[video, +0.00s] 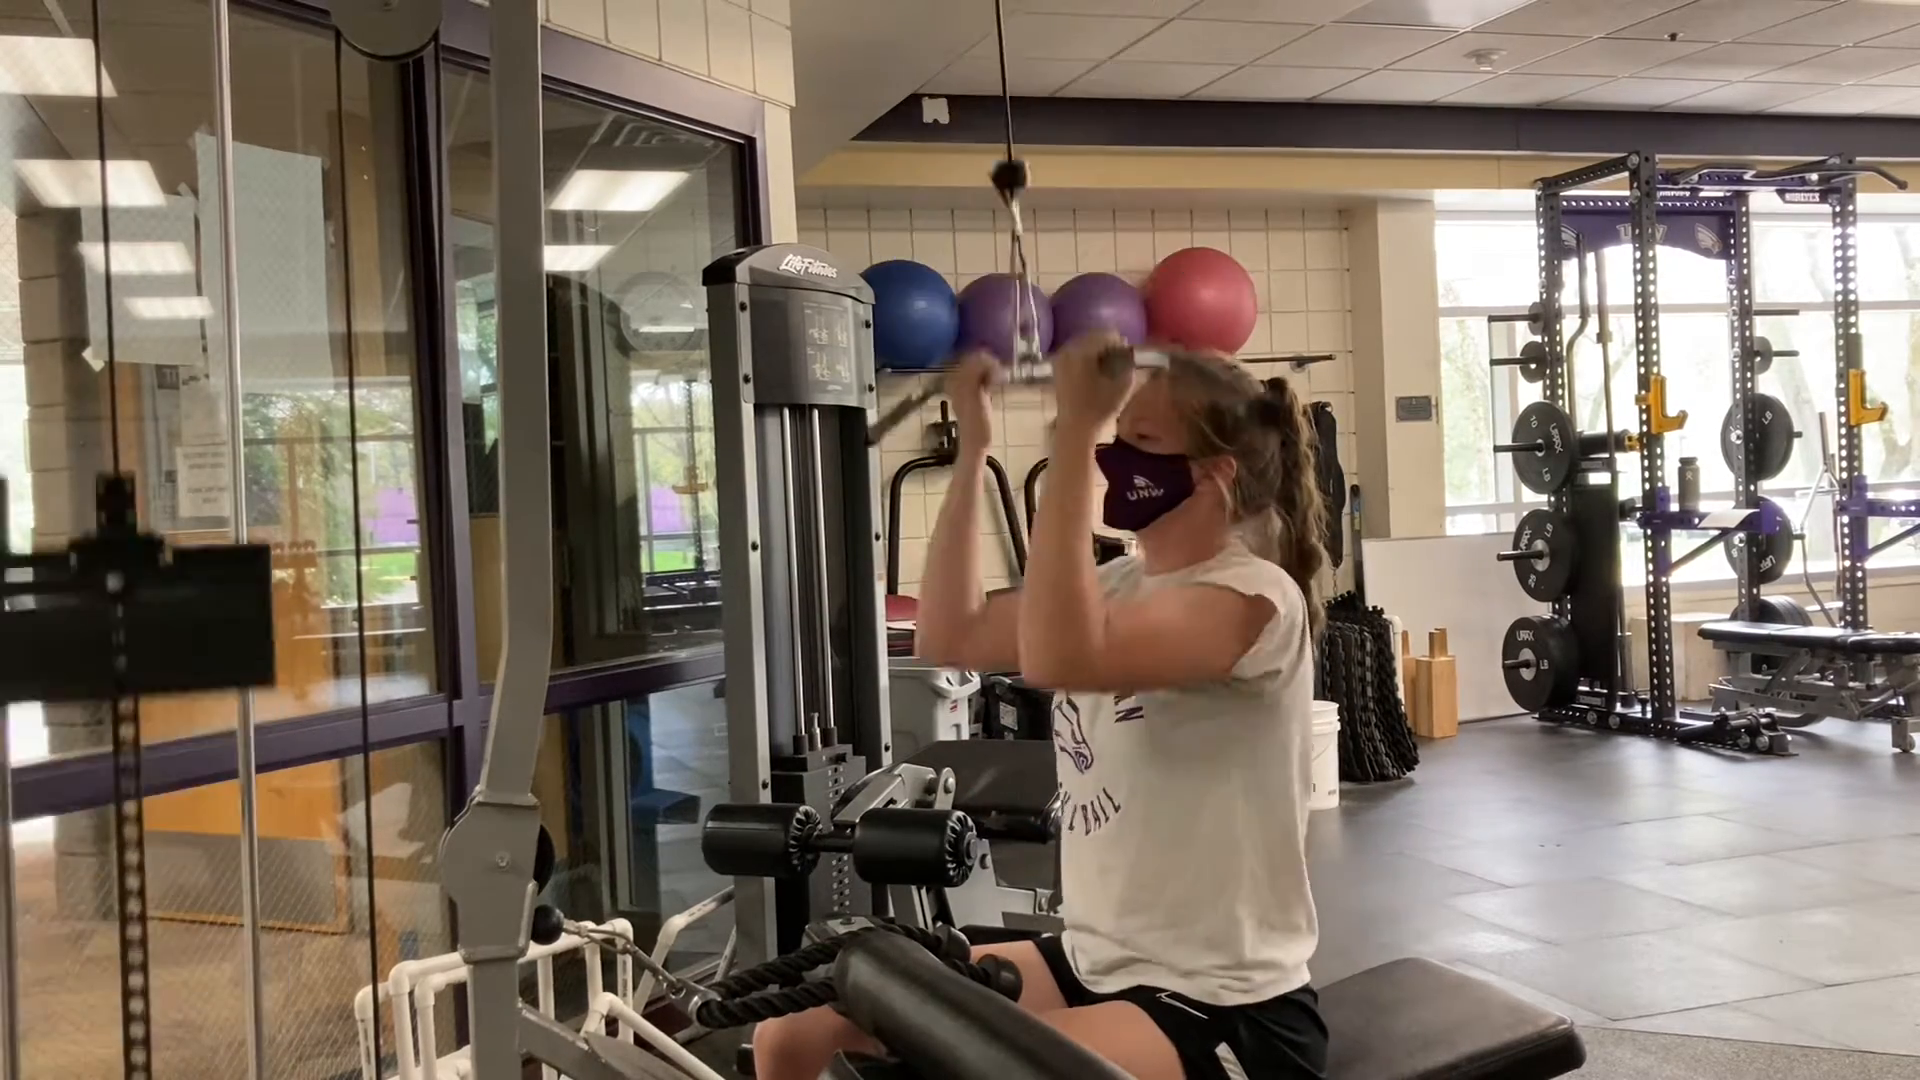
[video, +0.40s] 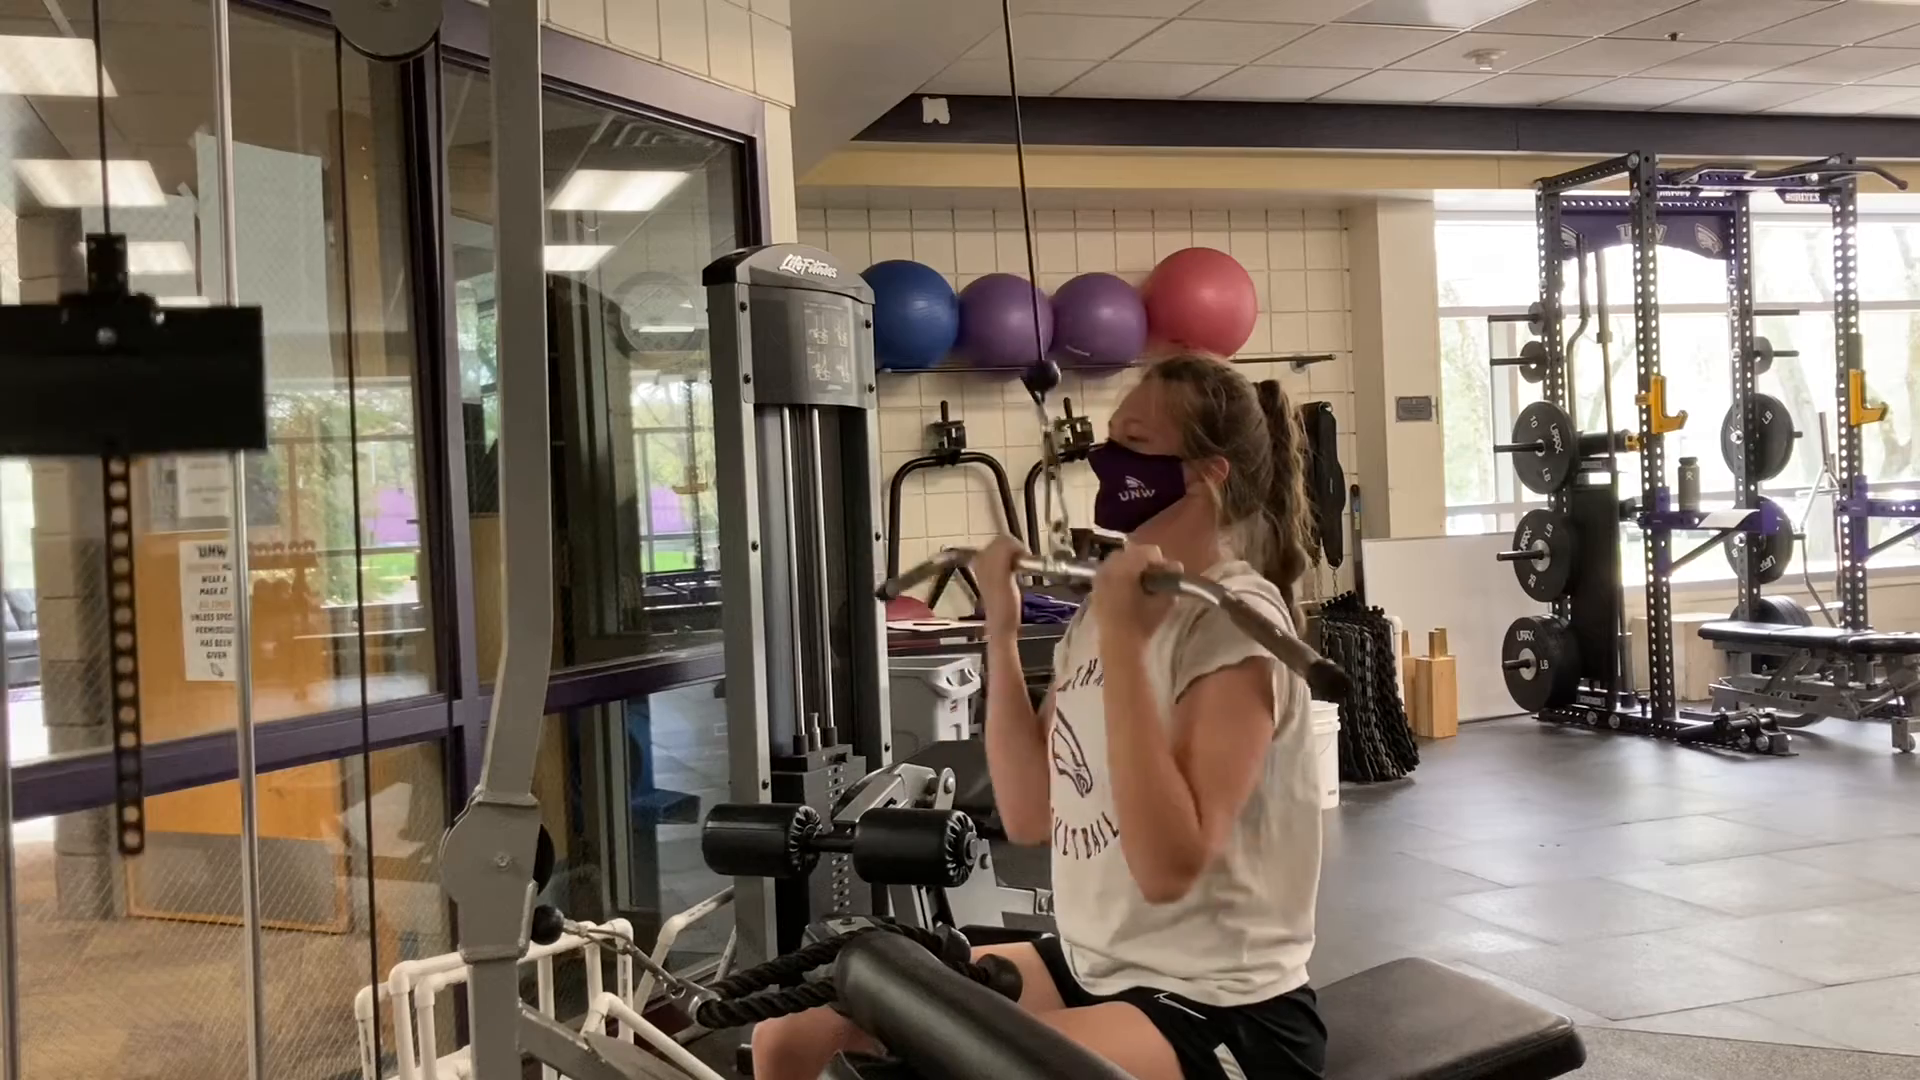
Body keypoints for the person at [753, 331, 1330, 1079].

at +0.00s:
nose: (1110, 460)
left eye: (1142, 445)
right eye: (1112, 440)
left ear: (1217, 476)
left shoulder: (1254, 598)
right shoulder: (1105, 586)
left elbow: (1059, 655)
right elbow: (949, 637)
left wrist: (1075, 431)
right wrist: (970, 455)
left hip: (1225, 1004)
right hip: (1096, 962)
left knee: (949, 1061)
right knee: (791, 1037)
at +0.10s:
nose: (1110, 448)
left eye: (1138, 431)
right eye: (1113, 429)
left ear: (1210, 478)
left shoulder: (1252, 604)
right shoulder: (1109, 597)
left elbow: (1077, 728)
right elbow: (957, 696)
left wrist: (1082, 495)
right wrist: (975, 498)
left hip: (1224, 1002)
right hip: (1094, 962)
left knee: (975, 1064)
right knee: (790, 1041)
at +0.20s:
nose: (1107, 463)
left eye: (1136, 447)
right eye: (1109, 442)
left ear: (1215, 475)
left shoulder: (1244, 608)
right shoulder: (1121, 601)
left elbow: (1105, 794)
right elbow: (978, 751)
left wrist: (1096, 563)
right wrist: (980, 561)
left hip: (1221, 1004)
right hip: (1097, 961)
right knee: (788, 1042)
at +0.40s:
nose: (1104, 464)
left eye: (1133, 447)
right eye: (1109, 444)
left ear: (1212, 475)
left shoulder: (1239, 620)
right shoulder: (1104, 615)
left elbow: (1170, 866)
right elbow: (1027, 817)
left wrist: (1122, 642)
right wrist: (1001, 632)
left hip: (1222, 1007)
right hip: (1095, 960)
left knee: (957, 1066)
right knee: (788, 1043)